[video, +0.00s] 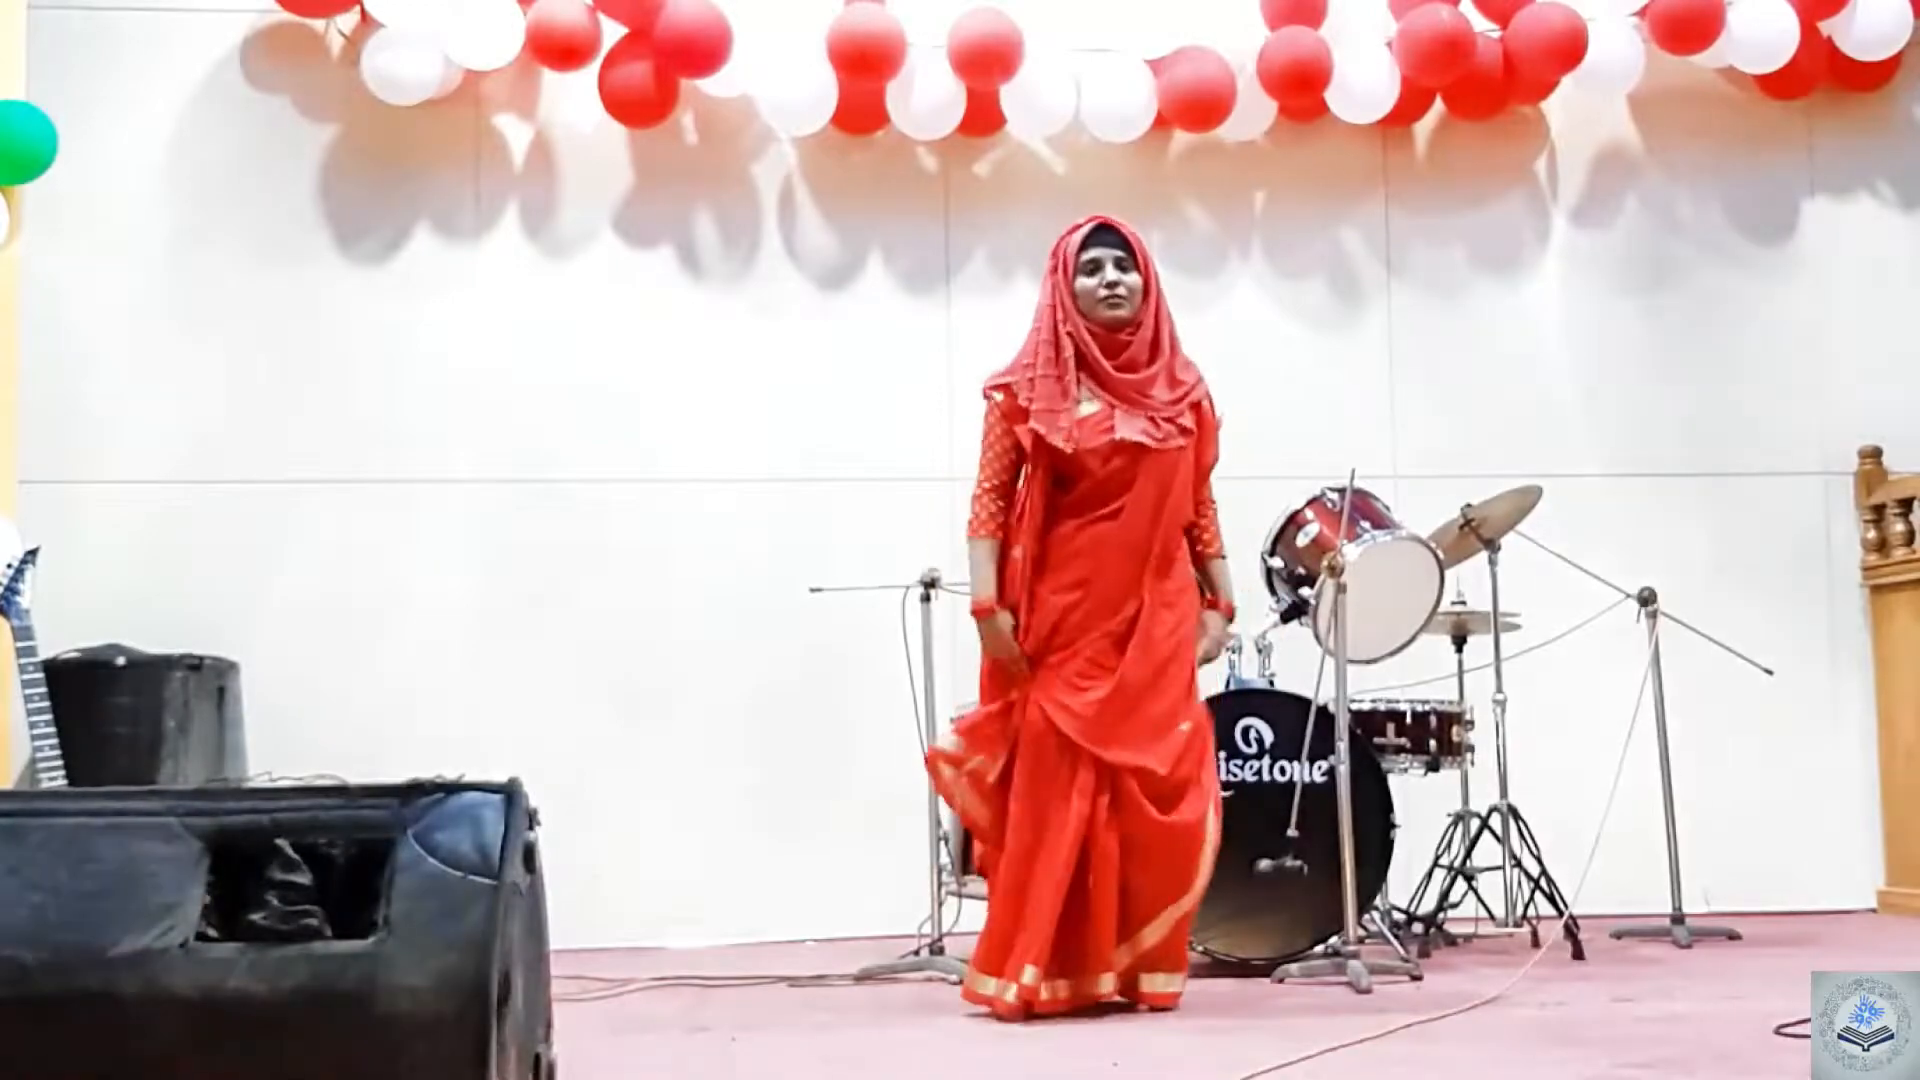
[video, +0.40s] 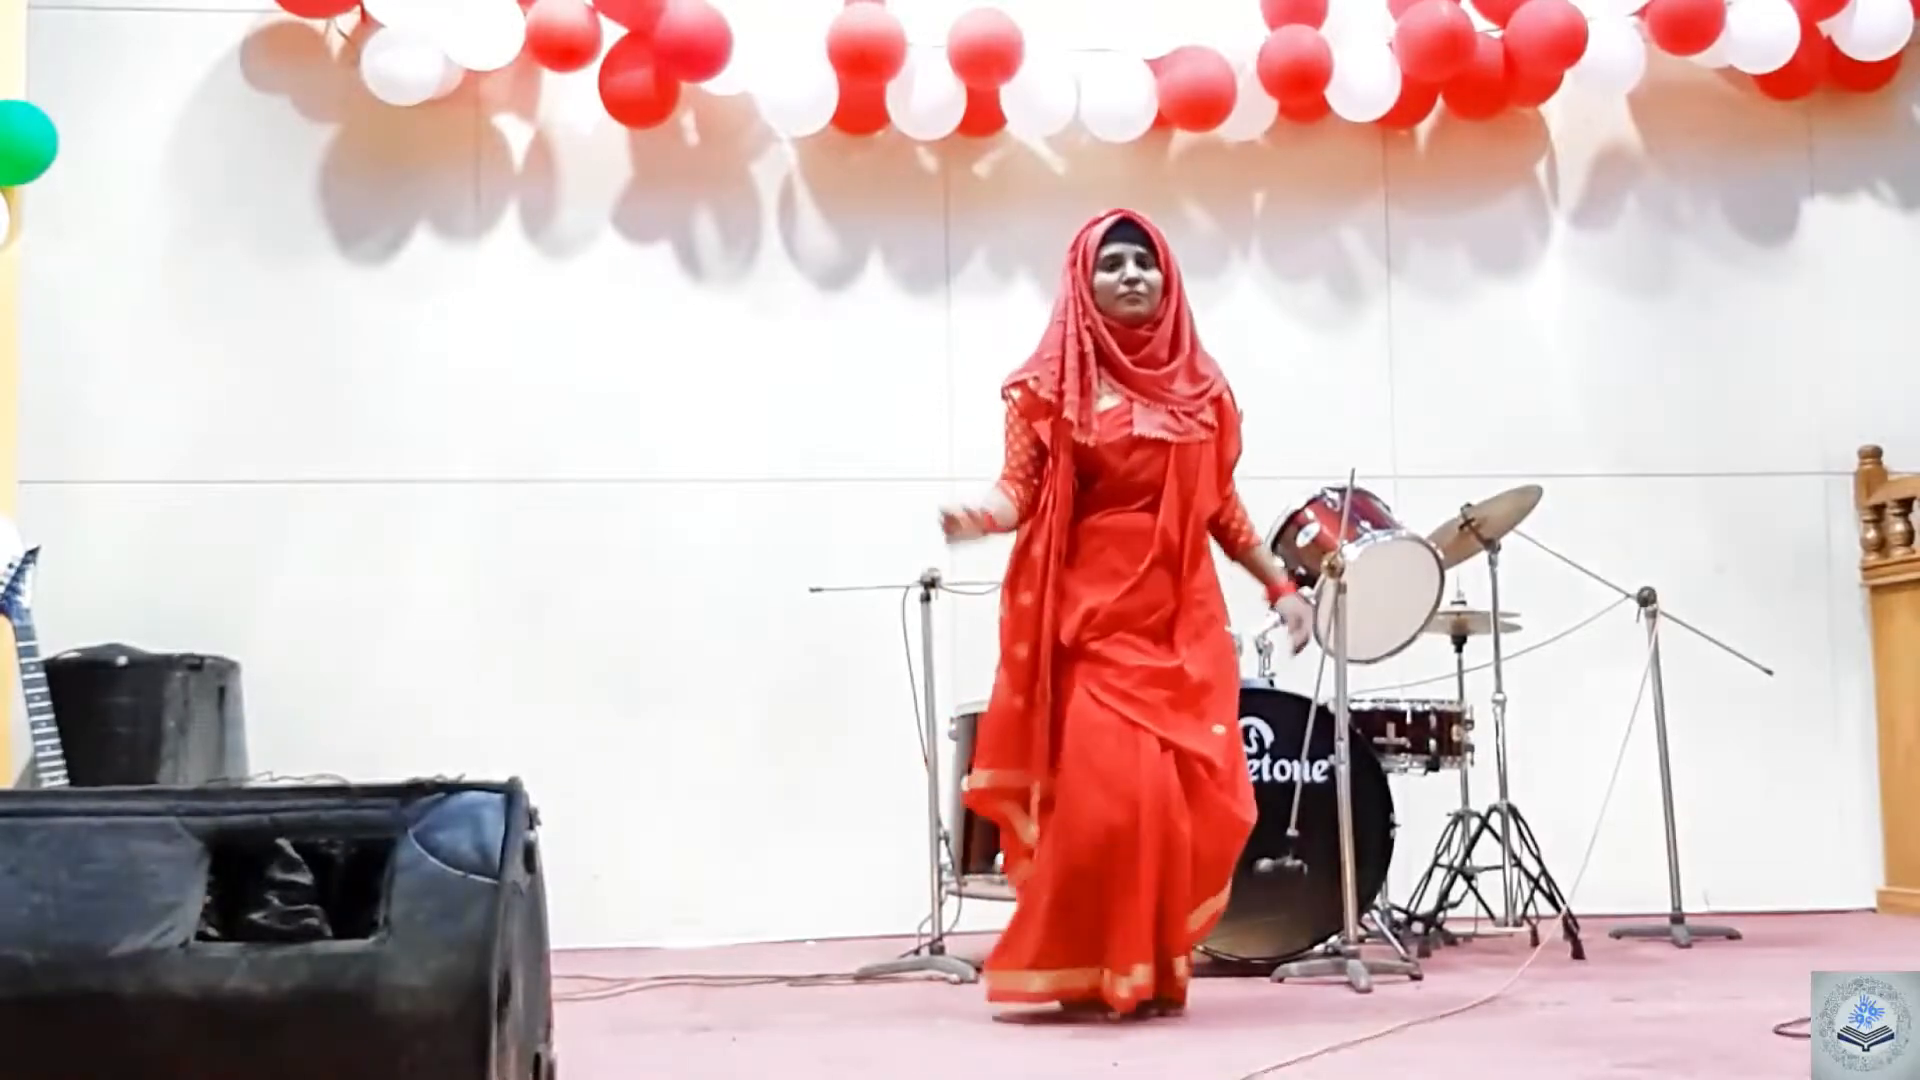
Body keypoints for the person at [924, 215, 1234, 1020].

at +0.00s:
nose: (1110, 279)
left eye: (1123, 268)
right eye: (1093, 270)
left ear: (1146, 284)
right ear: (1064, 290)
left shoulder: (1182, 393)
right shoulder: (1028, 391)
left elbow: (1199, 506)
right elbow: (990, 505)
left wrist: (1221, 597)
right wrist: (987, 611)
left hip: (1158, 619)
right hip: (1061, 620)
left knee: (1156, 789)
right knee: (1059, 789)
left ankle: (1136, 965)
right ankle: (1048, 968)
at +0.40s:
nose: (1130, 274)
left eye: (1143, 262)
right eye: (1112, 264)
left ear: (1164, 278)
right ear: (1086, 284)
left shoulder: (1200, 387)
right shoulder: (1050, 385)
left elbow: (1219, 502)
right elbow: (1018, 492)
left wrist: (1278, 581)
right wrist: (984, 513)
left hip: (1185, 627)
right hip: (1091, 626)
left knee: (1217, 802)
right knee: (1121, 793)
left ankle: (1162, 959)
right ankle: (1110, 975)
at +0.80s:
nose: (1122, 274)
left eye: (1133, 263)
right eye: (1104, 267)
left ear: (1159, 280)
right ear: (1081, 293)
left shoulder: (1210, 390)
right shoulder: (1066, 381)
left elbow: (1238, 511)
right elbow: (984, 378)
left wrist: (1276, 604)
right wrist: (957, 284)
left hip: (1191, 625)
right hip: (1095, 625)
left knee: (1188, 798)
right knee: (1105, 793)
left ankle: (1152, 965)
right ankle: (1102, 976)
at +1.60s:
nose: (1152, 272)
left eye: (1167, 260)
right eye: (1135, 258)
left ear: (1192, 279)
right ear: (1104, 272)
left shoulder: (1208, 353)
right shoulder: (1071, 350)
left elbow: (1288, 314)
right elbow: (994, 321)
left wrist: (1220, 251)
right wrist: (1094, 282)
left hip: (1187, 592)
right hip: (1093, 590)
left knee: (1188, 770)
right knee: (1094, 768)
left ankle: (1170, 967)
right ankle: (1094, 971)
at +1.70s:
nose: (1150, 314)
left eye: (1165, 299)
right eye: (1132, 297)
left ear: (1188, 313)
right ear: (1101, 307)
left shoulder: (1210, 387)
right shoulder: (1068, 385)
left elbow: (1293, 372)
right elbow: (990, 372)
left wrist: (1222, 313)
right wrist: (1094, 329)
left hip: (1194, 634)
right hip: (1094, 630)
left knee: (1200, 807)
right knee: (1092, 797)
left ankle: (1170, 980)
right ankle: (1074, 987)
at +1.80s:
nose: (1138, 279)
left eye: (1152, 266)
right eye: (1121, 267)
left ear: (1176, 282)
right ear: (1091, 280)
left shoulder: (1206, 358)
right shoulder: (1060, 356)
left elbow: (1298, 334)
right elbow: (973, 336)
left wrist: (1222, 288)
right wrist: (1071, 302)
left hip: (1193, 605)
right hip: (1094, 602)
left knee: (1199, 790)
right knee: (1094, 784)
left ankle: (1169, 977)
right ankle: (1087, 980)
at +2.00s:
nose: (1139, 264)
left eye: (1153, 252)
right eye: (1124, 252)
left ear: (1174, 268)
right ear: (1094, 265)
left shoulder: (1207, 348)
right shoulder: (1057, 335)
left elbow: (1301, 344)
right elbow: (972, 293)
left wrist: (1282, 288)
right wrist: (1031, 235)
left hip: (1182, 592)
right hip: (1081, 589)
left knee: (1193, 770)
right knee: (1090, 769)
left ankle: (1182, 964)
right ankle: (1086, 968)